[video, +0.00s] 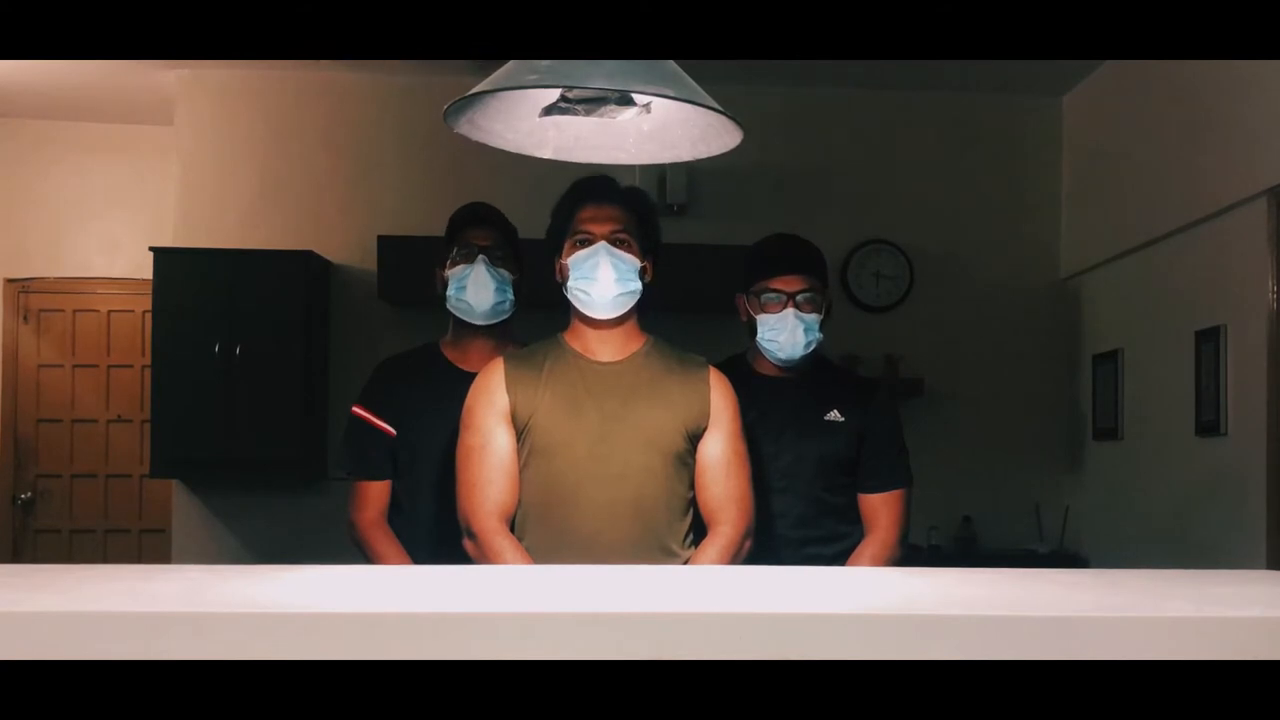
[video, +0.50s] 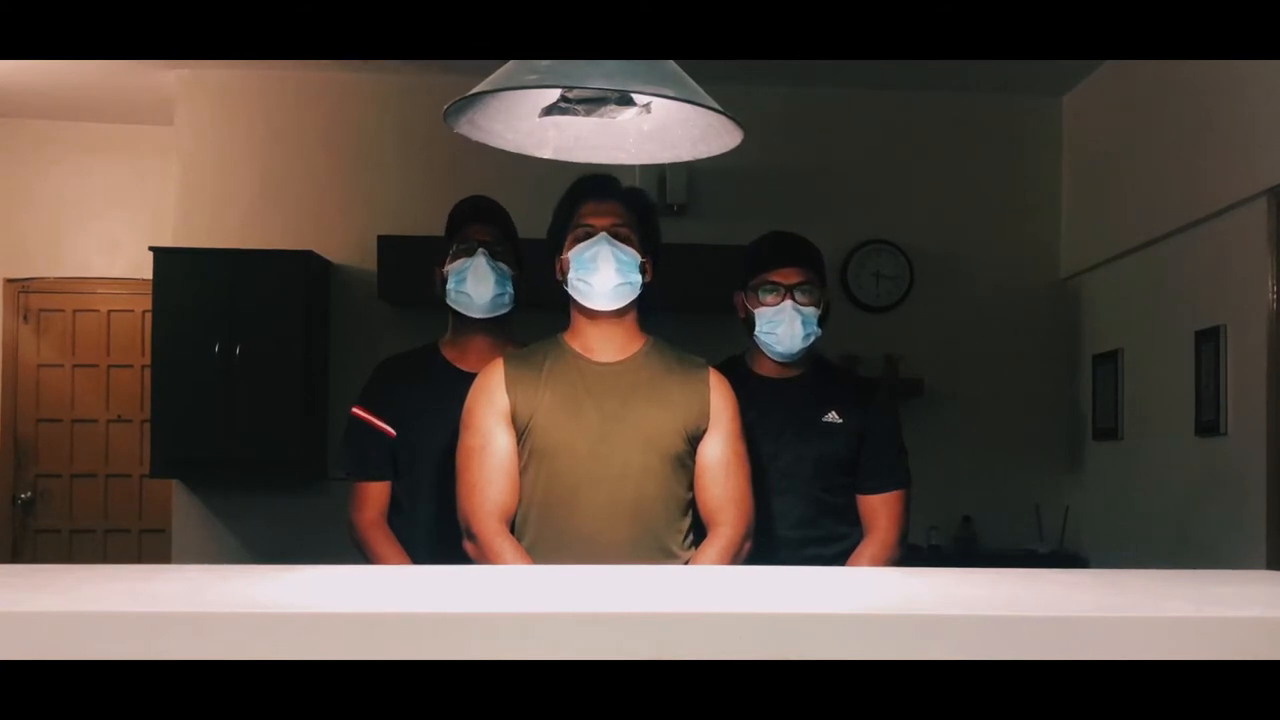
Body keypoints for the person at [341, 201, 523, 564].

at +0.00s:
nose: (481, 271)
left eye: (498, 259)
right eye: (465, 256)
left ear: (516, 275)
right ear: (443, 273)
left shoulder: (541, 380)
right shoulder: (397, 378)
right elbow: (368, 520)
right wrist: (422, 599)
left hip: (517, 593)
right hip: (426, 591)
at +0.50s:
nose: (480, 263)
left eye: (496, 252)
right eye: (464, 251)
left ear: (515, 270)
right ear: (442, 270)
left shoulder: (542, 380)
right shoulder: (397, 379)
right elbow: (368, 519)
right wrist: (421, 598)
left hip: (518, 594)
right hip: (426, 592)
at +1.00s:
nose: (482, 263)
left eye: (498, 253)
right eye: (468, 251)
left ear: (516, 270)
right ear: (444, 271)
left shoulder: (542, 382)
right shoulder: (397, 380)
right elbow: (368, 519)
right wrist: (422, 598)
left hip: (518, 594)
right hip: (427, 592)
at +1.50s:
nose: (483, 263)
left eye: (499, 252)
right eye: (468, 250)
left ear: (517, 270)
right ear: (445, 272)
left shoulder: (542, 381)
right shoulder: (398, 379)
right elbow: (370, 518)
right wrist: (421, 598)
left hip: (520, 593)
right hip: (428, 591)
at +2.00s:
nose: (483, 262)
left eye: (499, 252)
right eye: (469, 251)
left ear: (518, 272)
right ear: (446, 272)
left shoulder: (542, 382)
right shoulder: (399, 380)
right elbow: (369, 518)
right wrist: (421, 598)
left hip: (518, 593)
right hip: (427, 592)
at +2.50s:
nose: (481, 265)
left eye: (497, 255)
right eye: (466, 252)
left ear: (515, 273)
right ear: (441, 274)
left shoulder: (540, 381)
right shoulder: (396, 382)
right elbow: (367, 521)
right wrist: (420, 599)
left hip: (517, 595)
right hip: (425, 593)